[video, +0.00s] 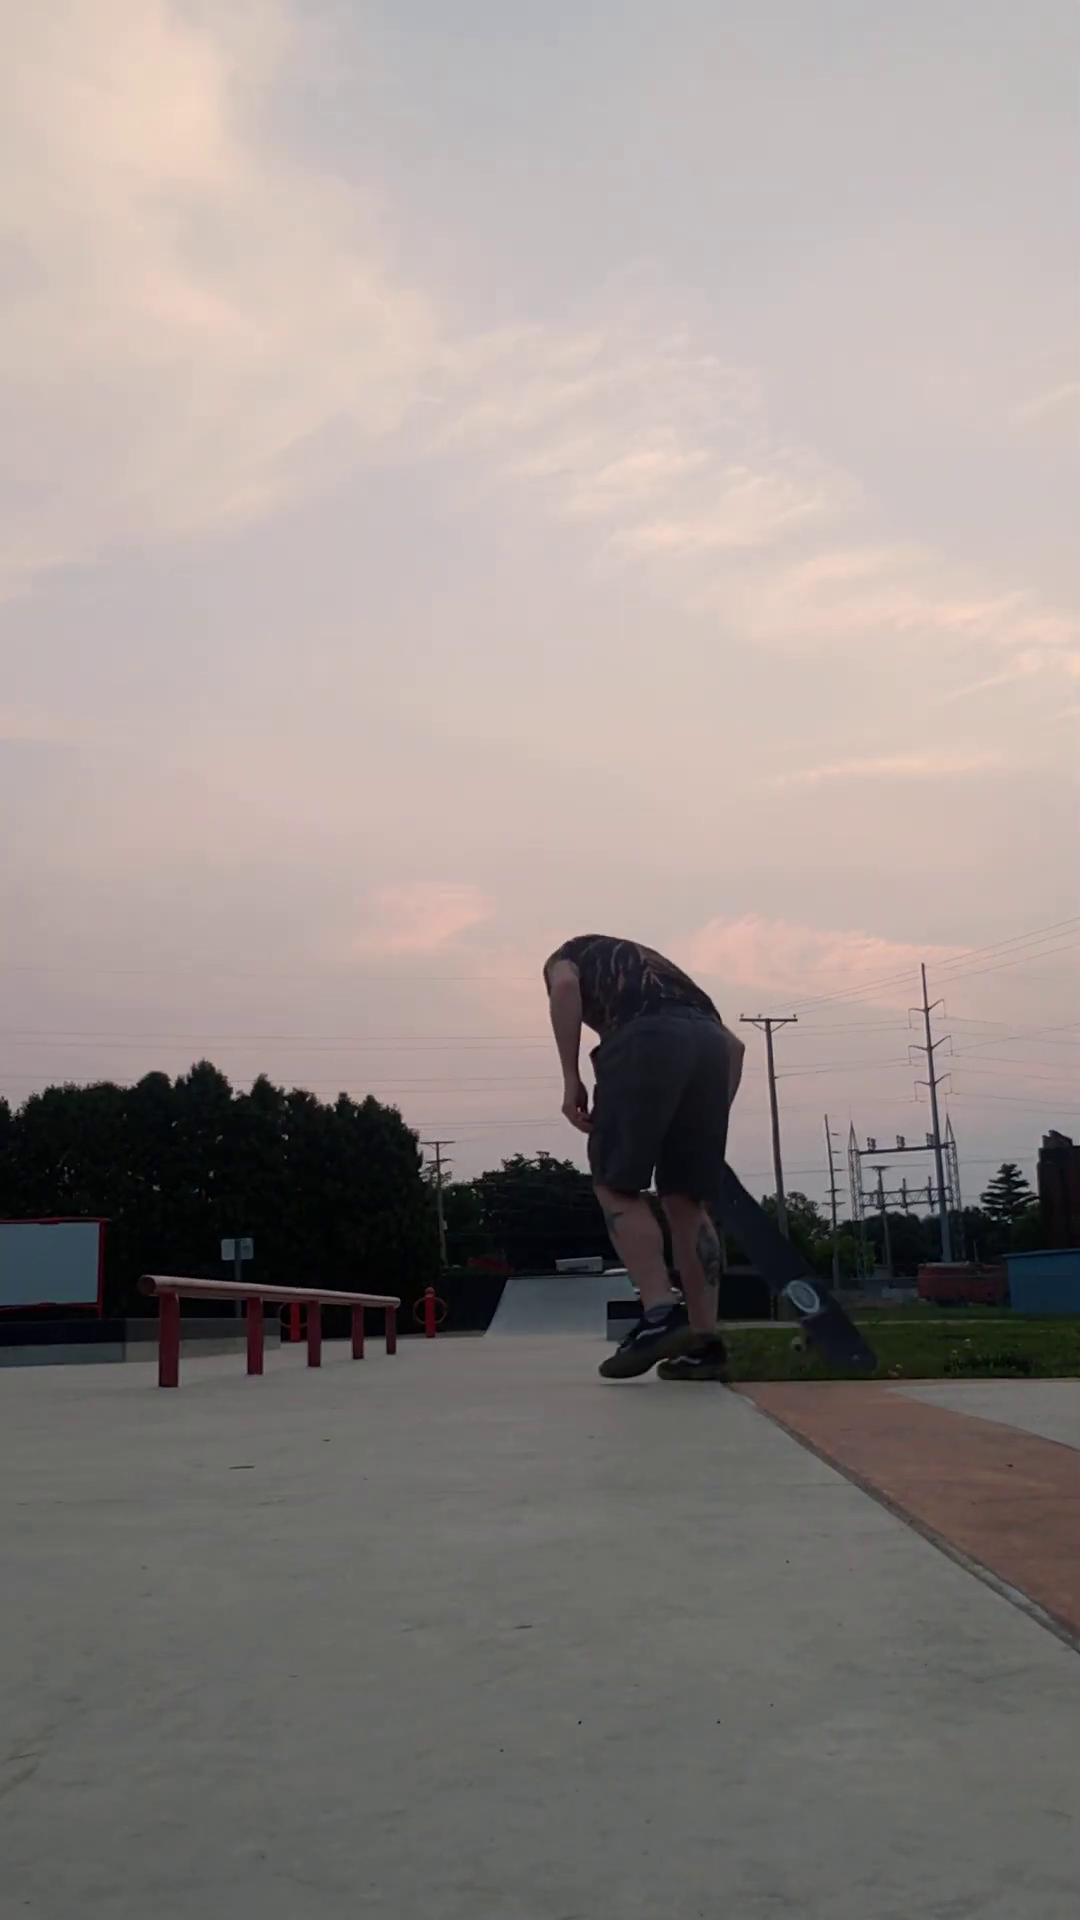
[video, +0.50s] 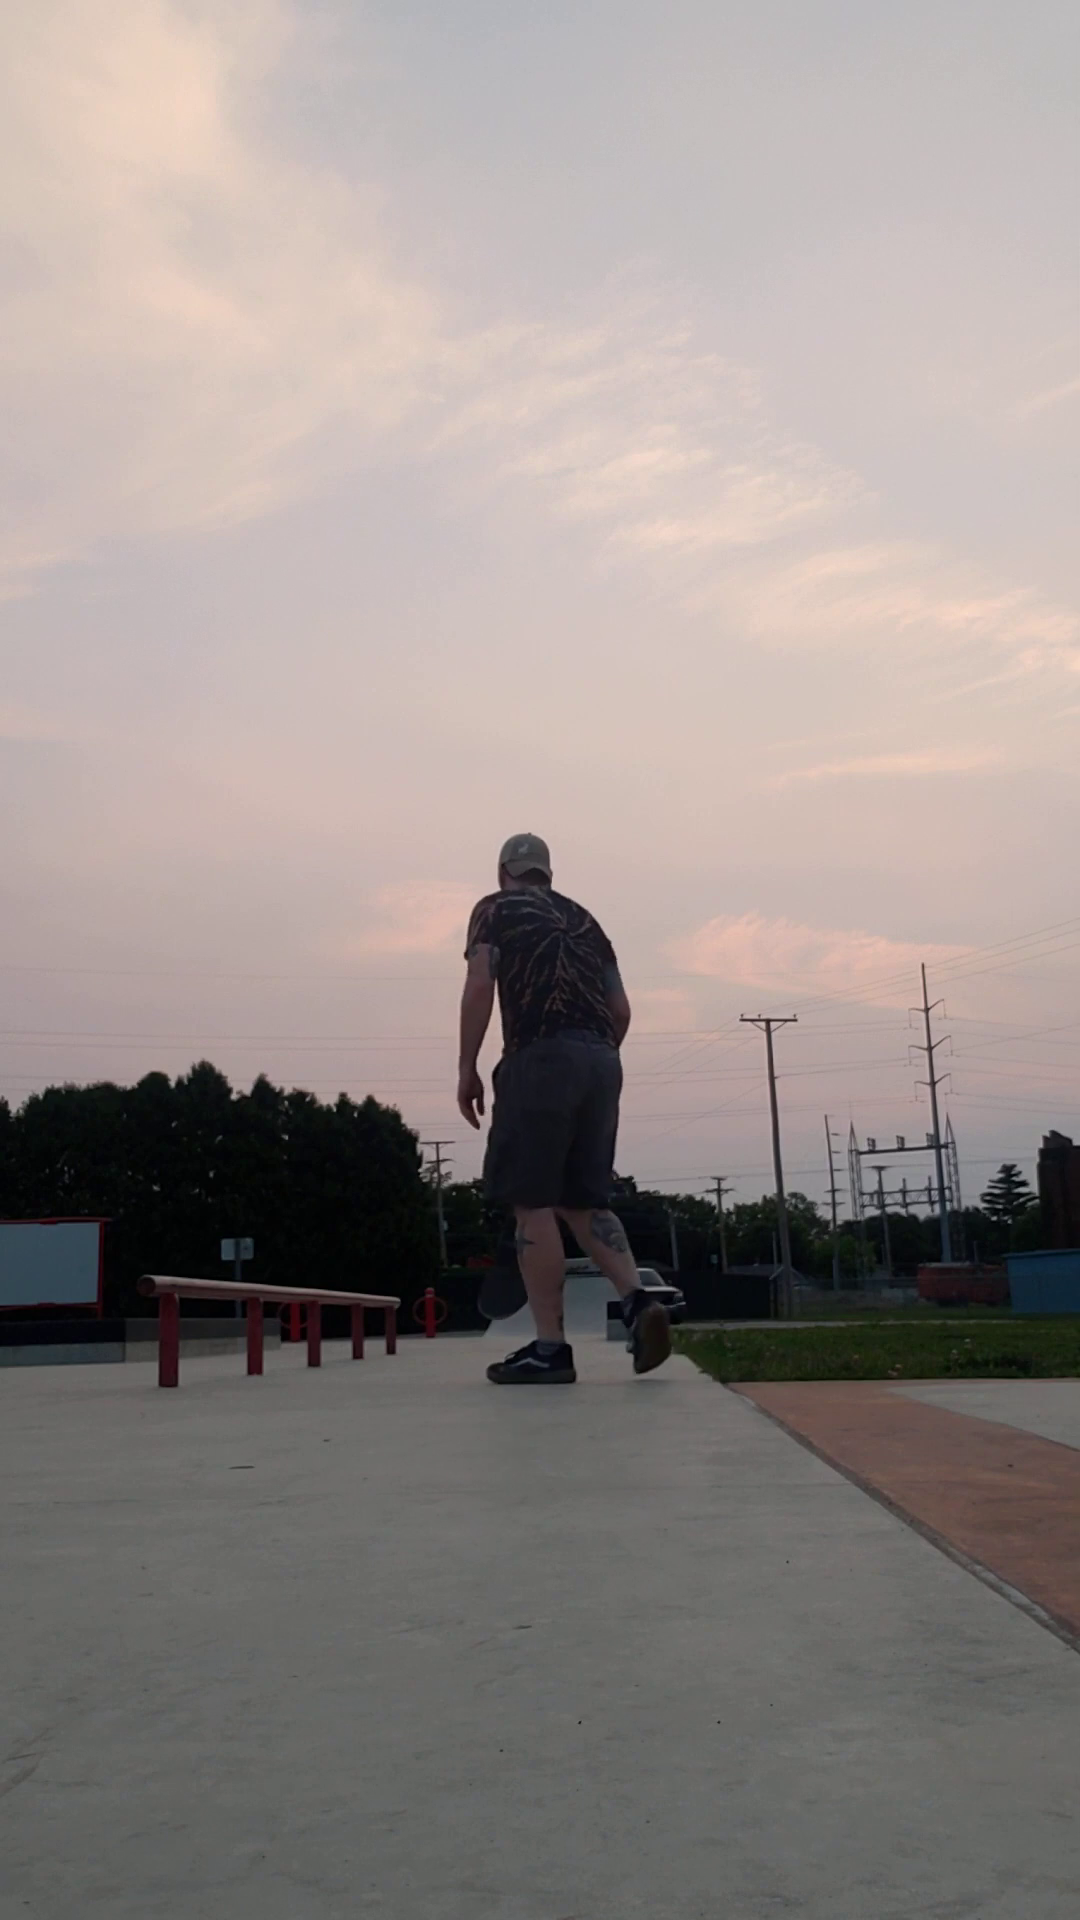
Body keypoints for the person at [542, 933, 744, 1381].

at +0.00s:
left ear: (571, 954)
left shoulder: (568, 956)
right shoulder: (653, 965)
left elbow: (565, 986)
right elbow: (733, 1046)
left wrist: (572, 1080)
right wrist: (710, 1121)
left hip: (648, 1043)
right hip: (712, 1047)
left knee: (616, 1187)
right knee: (684, 1195)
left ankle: (659, 1311)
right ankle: (706, 1343)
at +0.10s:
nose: (551, 942)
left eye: (552, 933)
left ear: (558, 930)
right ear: (595, 926)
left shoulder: (556, 942)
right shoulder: (640, 952)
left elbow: (555, 982)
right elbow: (722, 1018)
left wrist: (559, 1075)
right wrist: (698, 1089)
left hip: (633, 1047)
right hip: (698, 1049)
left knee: (600, 1187)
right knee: (684, 1196)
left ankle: (611, 1336)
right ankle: (702, 1342)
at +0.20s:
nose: (540, 925)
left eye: (540, 918)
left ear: (543, 915)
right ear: (585, 910)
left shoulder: (544, 933)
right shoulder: (627, 937)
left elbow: (543, 981)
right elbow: (701, 1001)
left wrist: (546, 1071)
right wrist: (682, 1073)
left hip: (613, 1054)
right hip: (679, 1051)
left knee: (583, 1196)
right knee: (680, 1198)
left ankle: (564, 1341)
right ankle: (703, 1342)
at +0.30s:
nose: (525, 911)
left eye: (524, 904)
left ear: (528, 900)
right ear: (571, 894)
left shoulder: (526, 924)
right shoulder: (612, 925)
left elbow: (526, 983)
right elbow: (677, 995)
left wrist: (528, 1075)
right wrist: (661, 1065)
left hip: (591, 1058)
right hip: (655, 1058)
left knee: (568, 1206)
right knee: (667, 1204)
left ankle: (554, 1347)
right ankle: (699, 1342)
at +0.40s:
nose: (511, 897)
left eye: (510, 889)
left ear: (513, 887)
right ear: (560, 883)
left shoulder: (509, 916)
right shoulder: (597, 919)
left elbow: (505, 985)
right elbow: (645, 999)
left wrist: (498, 1075)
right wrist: (623, 1061)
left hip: (561, 1065)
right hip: (626, 1064)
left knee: (547, 1206)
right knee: (628, 1197)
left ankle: (552, 1348)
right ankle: (680, 1326)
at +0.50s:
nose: (500, 883)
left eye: (499, 876)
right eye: (511, 877)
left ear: (503, 872)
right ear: (549, 873)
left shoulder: (495, 908)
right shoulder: (586, 920)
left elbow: (480, 983)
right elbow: (620, 1010)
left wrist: (467, 1067)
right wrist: (592, 1066)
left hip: (540, 1063)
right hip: (602, 1064)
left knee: (532, 1203)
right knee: (582, 1200)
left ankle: (549, 1348)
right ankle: (639, 1299)